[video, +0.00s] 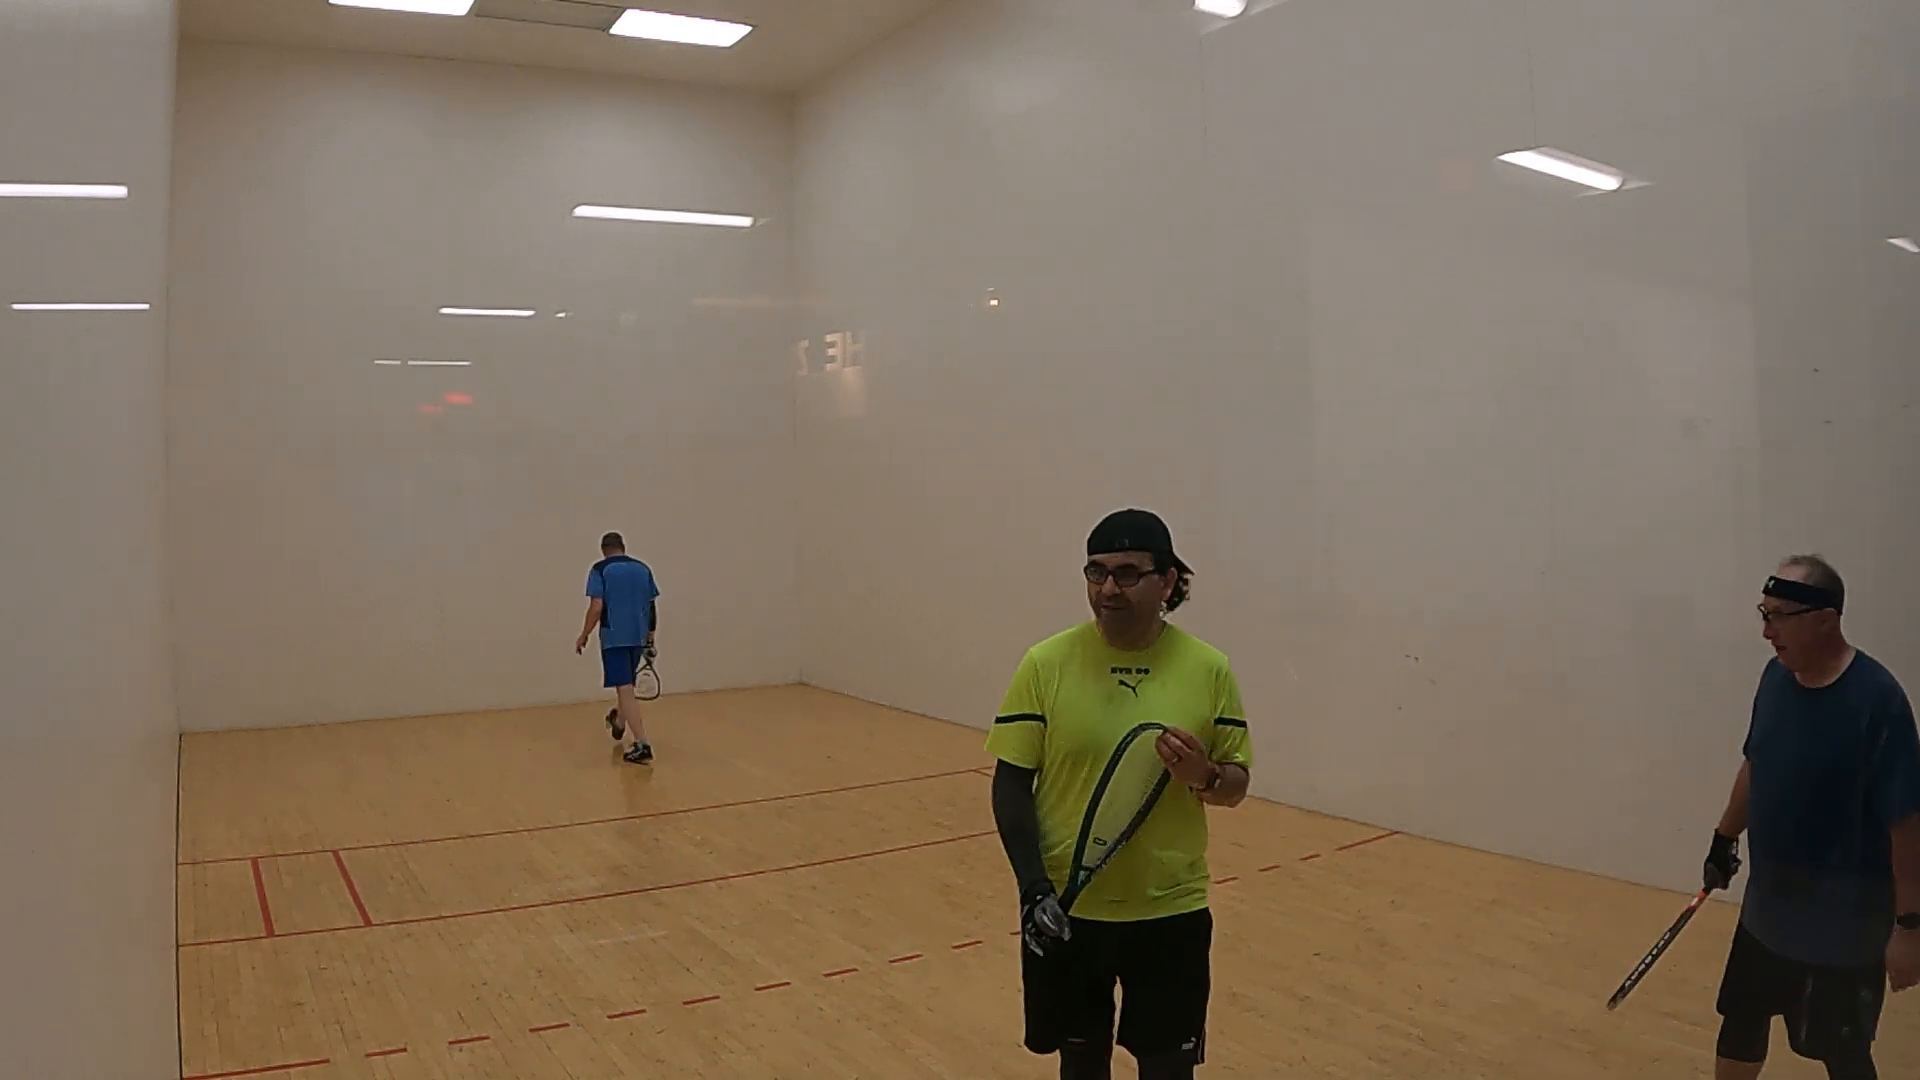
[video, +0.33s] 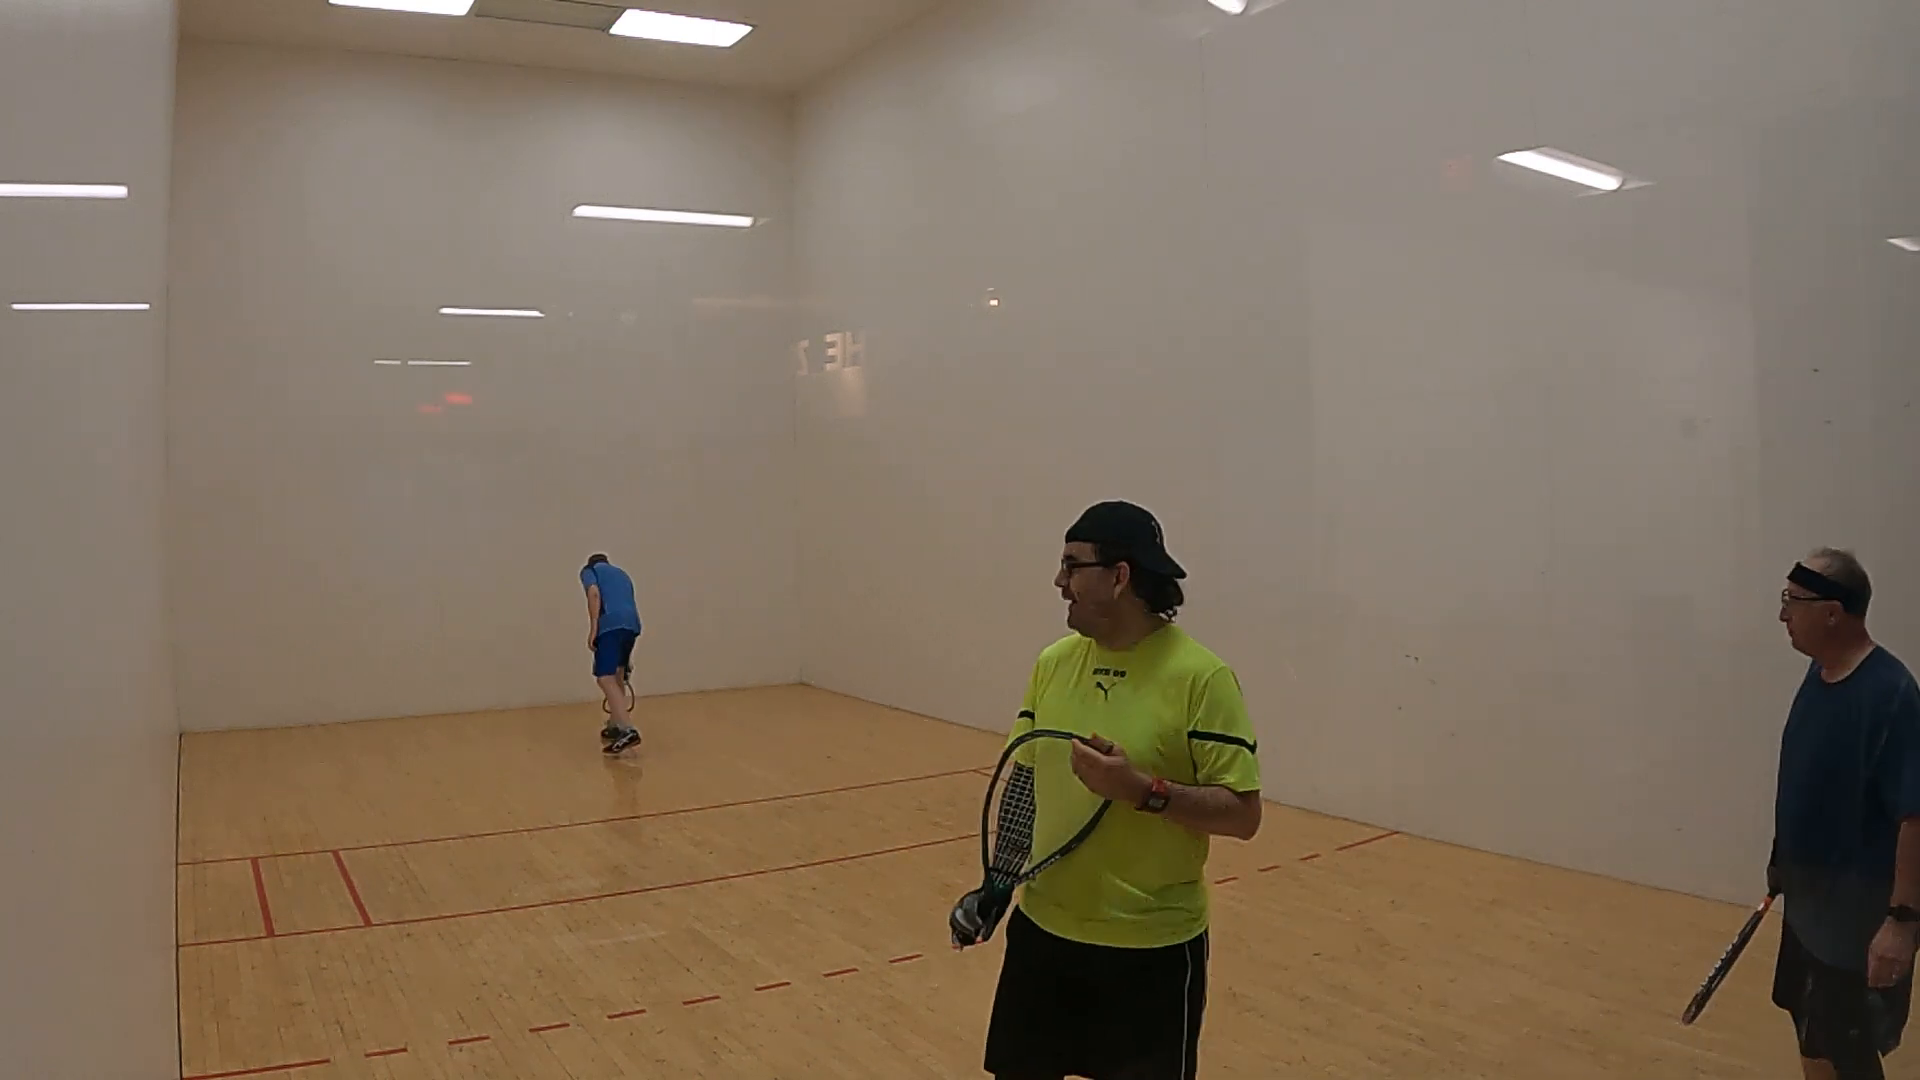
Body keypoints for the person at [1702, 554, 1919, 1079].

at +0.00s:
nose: (1764, 628)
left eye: (1776, 615)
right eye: (1763, 615)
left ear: (1825, 619)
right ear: (1816, 620)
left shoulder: (1879, 700)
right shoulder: (1779, 675)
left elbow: (1904, 821)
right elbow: (1755, 764)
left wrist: (1909, 924)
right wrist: (1724, 839)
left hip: (1846, 925)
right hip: (1770, 909)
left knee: (1846, 1056)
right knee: (1740, 1028)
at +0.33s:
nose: (1783, 613)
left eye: (1793, 601)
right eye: (1785, 599)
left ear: (1833, 613)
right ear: (1829, 614)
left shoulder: (1895, 696)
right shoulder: (1817, 679)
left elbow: (1915, 818)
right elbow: (1807, 786)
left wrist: (1903, 921)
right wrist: (1783, 864)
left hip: (1859, 925)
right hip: (1810, 908)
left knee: (1848, 1057)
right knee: (1811, 1036)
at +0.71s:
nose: (1786, 604)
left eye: (1792, 592)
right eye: (1788, 592)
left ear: (1821, 600)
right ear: (1830, 601)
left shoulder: (1861, 677)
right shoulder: (1850, 671)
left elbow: (1862, 796)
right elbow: (1843, 793)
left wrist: (1829, 894)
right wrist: (1802, 885)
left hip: (1842, 904)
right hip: (1842, 899)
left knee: (1818, 1031)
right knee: (1837, 1024)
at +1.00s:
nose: (1780, 600)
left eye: (1786, 589)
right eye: (1782, 589)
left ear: (1812, 597)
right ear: (1835, 599)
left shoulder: (1833, 670)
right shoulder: (1869, 663)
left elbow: (1818, 787)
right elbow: (1858, 787)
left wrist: (1786, 881)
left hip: (1816, 881)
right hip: (1861, 881)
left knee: (1754, 988)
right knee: (1841, 997)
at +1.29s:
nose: (1744, 602)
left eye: (1748, 593)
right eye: (1746, 592)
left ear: (1769, 600)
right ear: (1804, 602)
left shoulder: (1772, 672)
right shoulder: (1847, 665)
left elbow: (1765, 785)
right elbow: (1862, 758)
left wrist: (1746, 871)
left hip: (1774, 875)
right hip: (1841, 877)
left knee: (1724, 970)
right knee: (1832, 993)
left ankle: (1699, 1072)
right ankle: (1839, 1079)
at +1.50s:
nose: (1707, 605)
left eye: (1709, 595)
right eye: (1707, 595)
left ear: (1724, 601)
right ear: (1764, 599)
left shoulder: (1722, 669)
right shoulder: (1809, 662)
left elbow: (1707, 778)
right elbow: (1833, 756)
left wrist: (1688, 859)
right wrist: (1821, 829)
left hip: (1733, 862)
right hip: (1802, 863)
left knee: (1695, 957)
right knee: (1802, 983)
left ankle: (1692, 1071)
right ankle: (1825, 1076)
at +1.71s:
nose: (1676, 593)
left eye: (1678, 584)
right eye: (1677, 583)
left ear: (1690, 590)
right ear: (1734, 589)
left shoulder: (1681, 659)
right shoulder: (1775, 654)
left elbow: (1650, 761)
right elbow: (1798, 748)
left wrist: (1622, 832)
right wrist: (1791, 817)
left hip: (1689, 846)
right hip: (1759, 842)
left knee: (1680, 955)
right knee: (1743, 942)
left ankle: (1689, 1069)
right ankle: (1777, 1045)